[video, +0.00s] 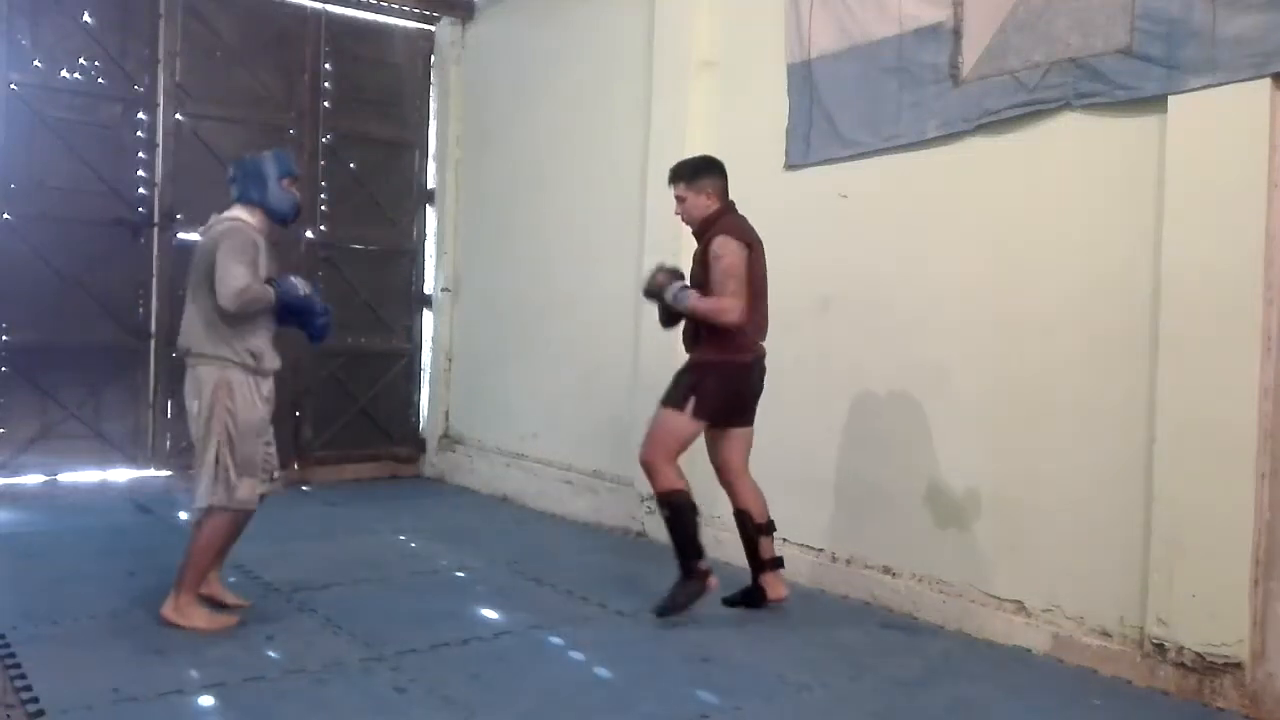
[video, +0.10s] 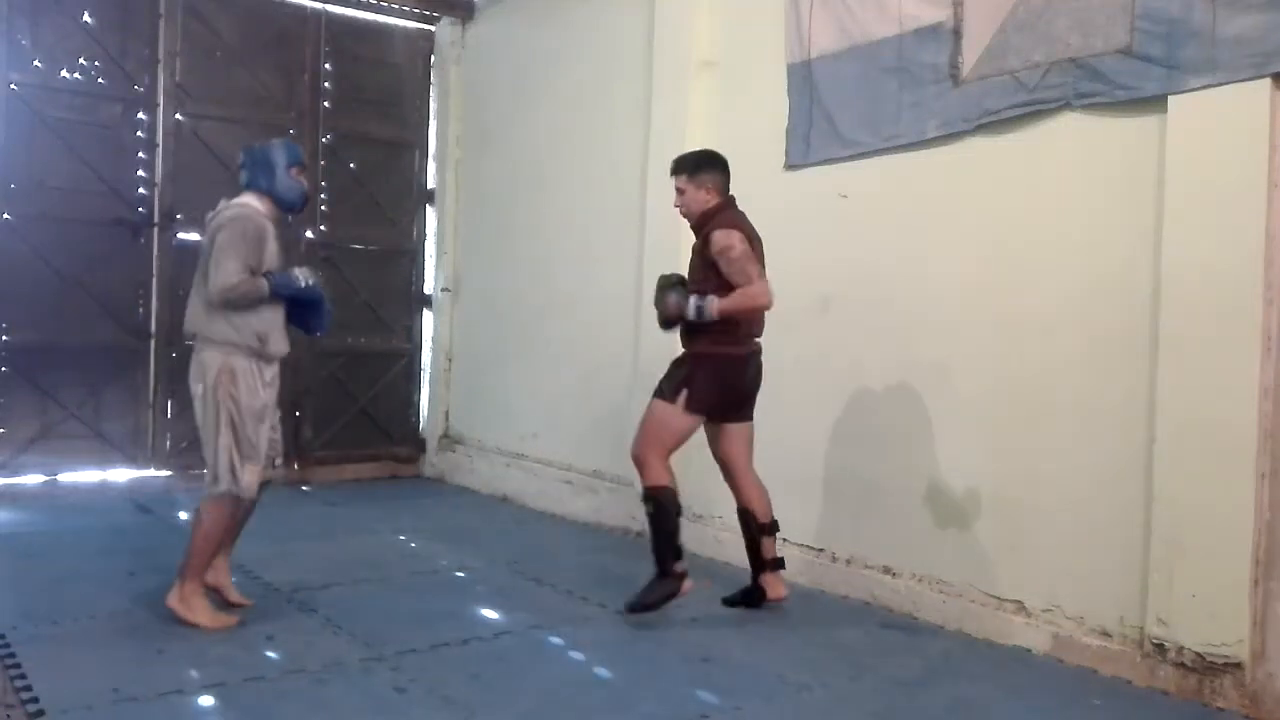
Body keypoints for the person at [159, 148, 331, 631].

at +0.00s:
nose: (296, 191)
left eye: (295, 183)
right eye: (289, 182)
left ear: (260, 186)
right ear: (266, 184)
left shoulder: (248, 234)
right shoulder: (238, 229)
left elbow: (243, 304)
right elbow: (233, 295)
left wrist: (290, 308)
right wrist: (284, 294)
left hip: (239, 374)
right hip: (222, 374)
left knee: (251, 484)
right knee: (235, 489)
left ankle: (205, 580)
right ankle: (183, 599)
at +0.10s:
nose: (304, 179)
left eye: (303, 170)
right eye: (295, 169)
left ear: (271, 174)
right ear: (270, 172)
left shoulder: (263, 222)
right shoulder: (244, 217)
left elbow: (246, 293)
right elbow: (225, 288)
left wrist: (290, 300)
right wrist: (281, 283)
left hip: (253, 362)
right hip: (227, 362)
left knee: (255, 473)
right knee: (233, 478)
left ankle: (215, 570)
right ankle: (187, 588)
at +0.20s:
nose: (313, 171)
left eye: (313, 163)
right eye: (304, 162)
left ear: (286, 168)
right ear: (277, 163)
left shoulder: (276, 215)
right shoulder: (251, 203)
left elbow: (263, 298)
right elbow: (232, 268)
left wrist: (300, 294)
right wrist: (292, 271)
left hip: (260, 351)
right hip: (233, 350)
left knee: (254, 471)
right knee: (236, 474)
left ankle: (218, 565)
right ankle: (189, 582)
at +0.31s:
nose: (313, 190)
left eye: (314, 182)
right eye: (306, 180)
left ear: (289, 185)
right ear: (280, 179)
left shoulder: (279, 226)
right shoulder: (258, 209)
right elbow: (243, 274)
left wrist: (306, 301)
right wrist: (300, 276)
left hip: (260, 366)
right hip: (242, 366)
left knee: (256, 485)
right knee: (246, 487)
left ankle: (208, 576)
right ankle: (184, 591)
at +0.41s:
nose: (321, 214)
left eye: (321, 206)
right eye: (313, 204)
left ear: (291, 207)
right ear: (286, 203)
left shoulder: (275, 251)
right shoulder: (258, 244)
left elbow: (259, 324)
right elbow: (258, 304)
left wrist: (297, 354)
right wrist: (314, 313)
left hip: (265, 389)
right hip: (248, 390)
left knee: (258, 497)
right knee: (275, 501)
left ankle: (206, 583)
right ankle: (194, 587)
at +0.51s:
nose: (336, 215)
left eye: (339, 206)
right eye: (330, 203)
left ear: (306, 203)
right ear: (304, 200)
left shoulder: (288, 246)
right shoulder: (269, 241)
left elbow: (270, 319)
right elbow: (246, 312)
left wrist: (318, 342)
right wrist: (309, 314)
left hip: (271, 379)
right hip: (263, 380)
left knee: (260, 482)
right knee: (309, 480)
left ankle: (204, 572)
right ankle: (239, 578)